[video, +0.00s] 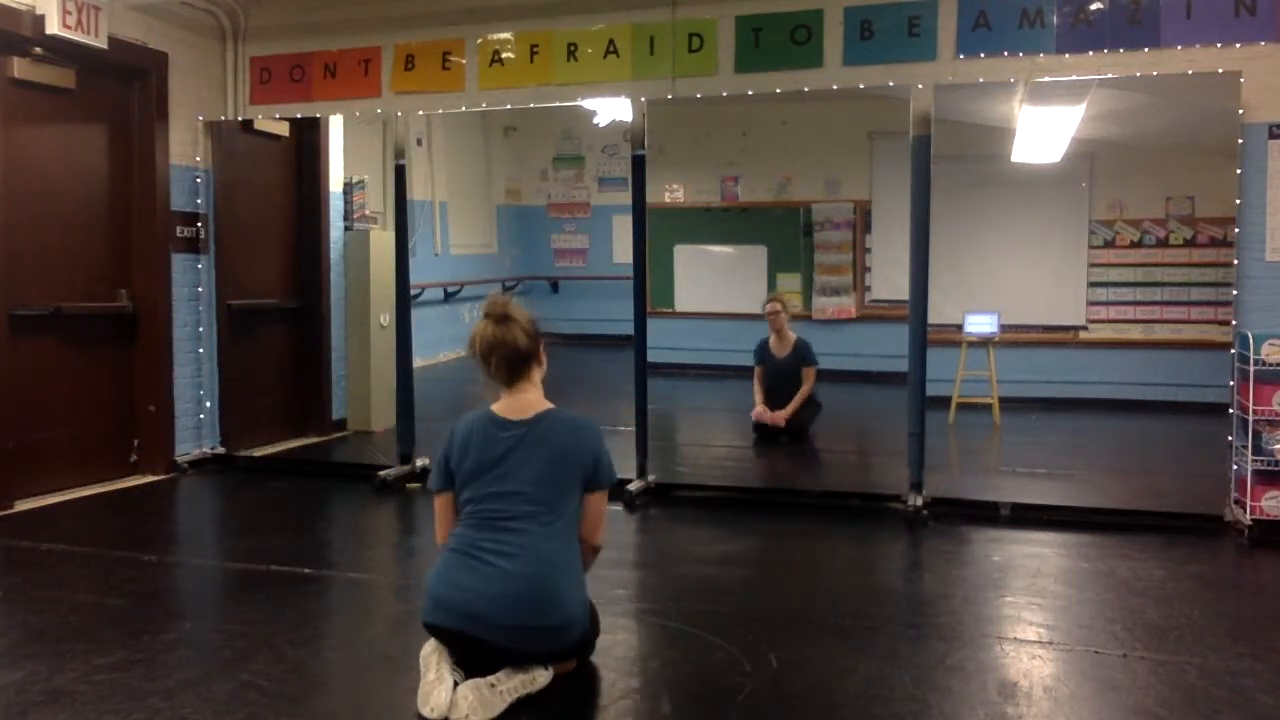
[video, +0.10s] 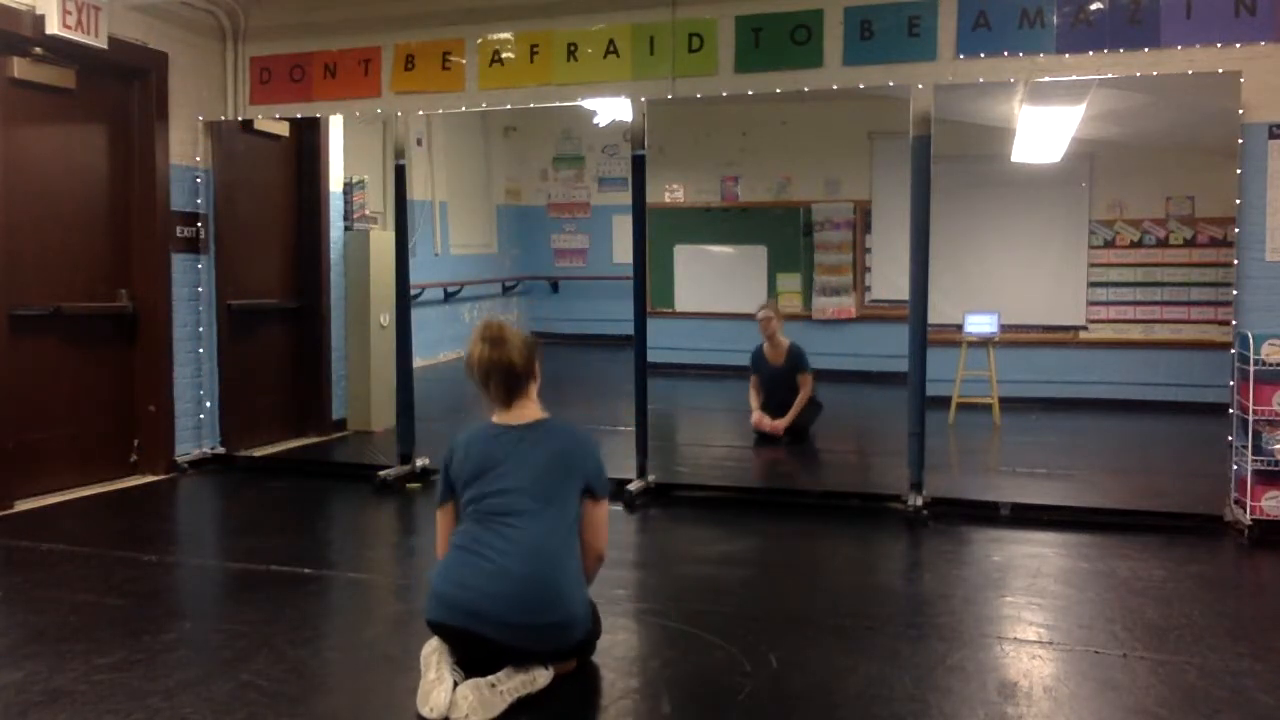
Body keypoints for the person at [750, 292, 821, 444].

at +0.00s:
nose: (773, 318)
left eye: (777, 313)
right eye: (769, 315)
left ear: (787, 315)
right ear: (765, 318)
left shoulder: (802, 347)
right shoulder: (762, 347)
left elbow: (808, 384)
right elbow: (757, 380)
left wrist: (786, 412)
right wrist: (759, 405)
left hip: (799, 401)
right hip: (772, 402)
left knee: (796, 430)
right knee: (761, 430)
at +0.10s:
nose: (764, 325)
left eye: (769, 320)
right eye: (761, 321)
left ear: (779, 321)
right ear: (758, 325)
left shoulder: (795, 353)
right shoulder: (758, 354)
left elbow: (806, 389)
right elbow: (754, 386)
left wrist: (785, 420)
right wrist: (756, 412)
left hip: (796, 404)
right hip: (770, 405)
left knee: (796, 434)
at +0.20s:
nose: (755, 338)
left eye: (759, 332)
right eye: (752, 334)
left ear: (769, 332)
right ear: (749, 337)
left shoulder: (789, 360)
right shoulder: (754, 364)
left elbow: (800, 398)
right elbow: (746, 397)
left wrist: (778, 430)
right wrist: (748, 424)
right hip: (772, 406)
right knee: (754, 436)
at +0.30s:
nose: (745, 356)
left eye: (748, 350)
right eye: (742, 352)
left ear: (759, 347)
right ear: (739, 354)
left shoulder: (785, 369)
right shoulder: (751, 375)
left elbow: (791, 409)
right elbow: (740, 406)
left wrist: (765, 435)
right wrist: (735, 431)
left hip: (805, 401)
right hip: (774, 401)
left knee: (795, 432)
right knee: (759, 429)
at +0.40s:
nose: (745, 373)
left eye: (745, 367)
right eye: (741, 369)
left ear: (754, 362)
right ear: (739, 371)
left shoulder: (781, 377)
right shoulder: (750, 384)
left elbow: (779, 414)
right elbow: (735, 411)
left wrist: (749, 436)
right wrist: (723, 433)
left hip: (804, 400)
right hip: (772, 400)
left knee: (795, 438)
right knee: (762, 439)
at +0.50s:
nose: (741, 384)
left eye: (742, 379)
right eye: (739, 381)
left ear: (752, 372)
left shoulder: (781, 382)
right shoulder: (749, 387)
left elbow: (764, 419)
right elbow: (731, 415)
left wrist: (735, 439)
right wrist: (713, 435)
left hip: (803, 400)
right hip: (776, 403)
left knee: (794, 440)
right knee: (762, 442)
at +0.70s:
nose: (742, 392)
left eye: (744, 387)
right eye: (739, 389)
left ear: (754, 378)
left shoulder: (780, 384)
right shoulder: (749, 388)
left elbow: (759, 418)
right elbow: (729, 414)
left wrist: (729, 440)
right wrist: (710, 435)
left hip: (802, 400)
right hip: (777, 401)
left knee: (794, 438)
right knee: (763, 439)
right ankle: (763, 472)